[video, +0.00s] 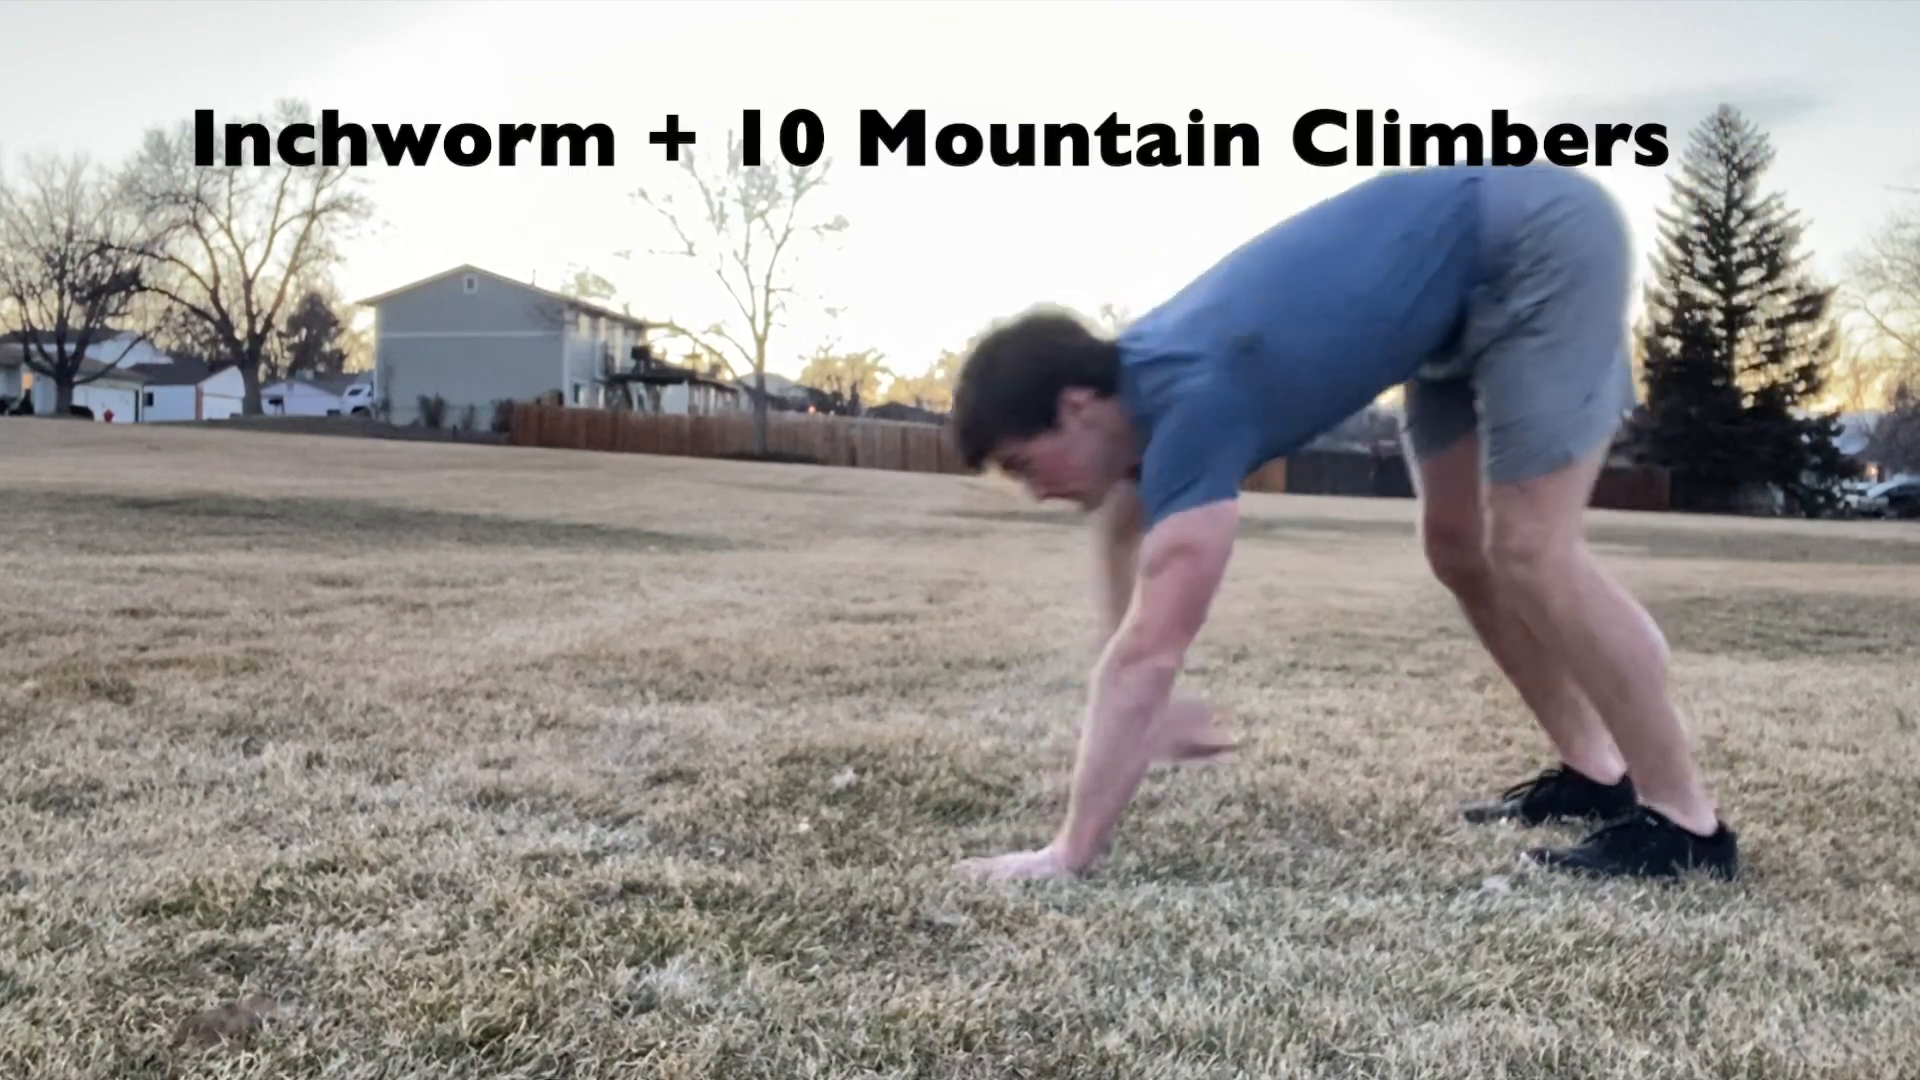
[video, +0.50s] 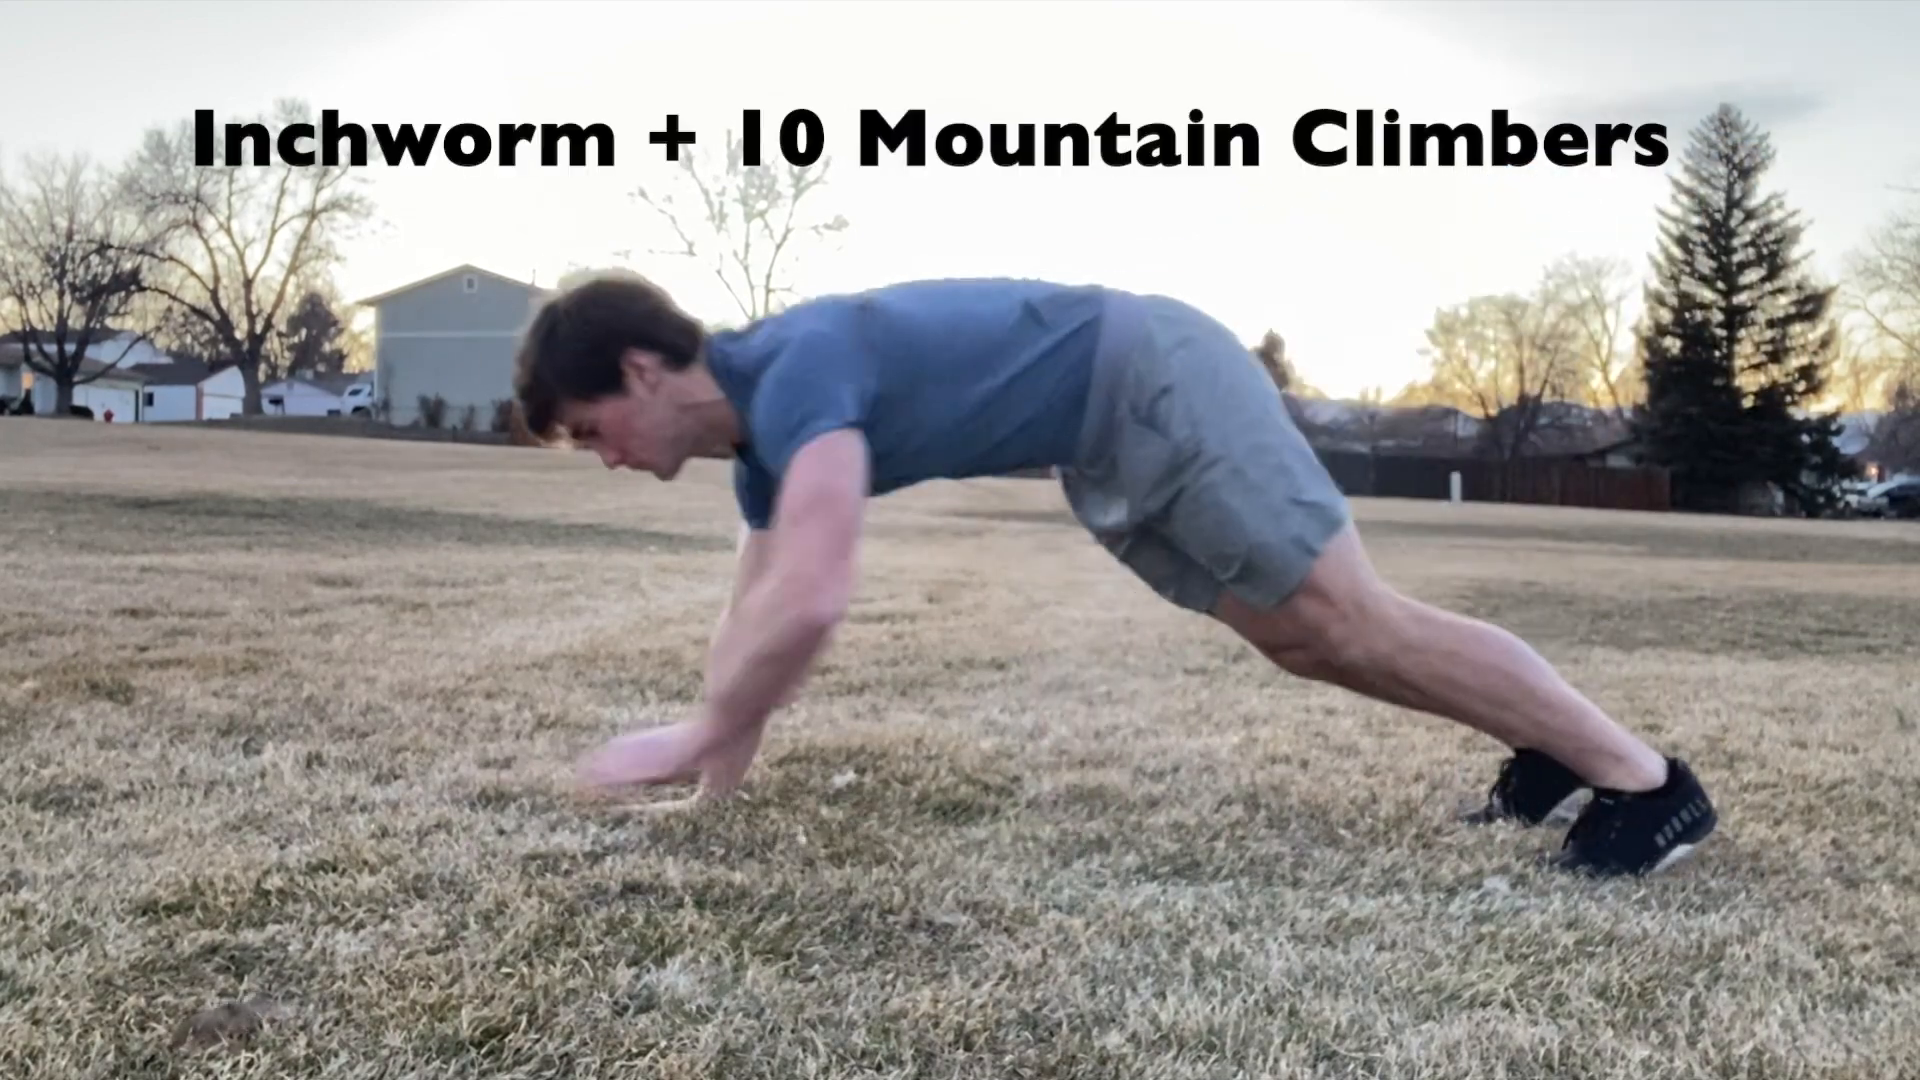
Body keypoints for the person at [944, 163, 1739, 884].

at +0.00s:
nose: (1036, 493)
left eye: (1028, 466)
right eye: (1019, 478)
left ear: (1078, 410)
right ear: (1078, 404)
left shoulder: (1201, 392)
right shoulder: (1135, 381)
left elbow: (1149, 653)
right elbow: (1119, 543)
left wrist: (1072, 849)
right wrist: (1145, 707)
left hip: (1541, 230)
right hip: (1448, 273)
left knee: (1531, 547)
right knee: (1464, 549)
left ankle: (1688, 823)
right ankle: (1598, 777)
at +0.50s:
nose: (609, 465)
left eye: (599, 436)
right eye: (590, 449)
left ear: (648, 374)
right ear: (646, 383)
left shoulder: (804, 372)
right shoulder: (755, 419)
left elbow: (814, 594)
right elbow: (771, 590)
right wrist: (720, 742)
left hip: (1151, 373)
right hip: (1102, 435)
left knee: (1351, 621)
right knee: (1302, 636)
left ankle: (1648, 780)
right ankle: (1554, 737)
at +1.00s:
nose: (524, 448)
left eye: (513, 419)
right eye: (506, 432)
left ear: (557, 359)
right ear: (567, 357)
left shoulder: (689, 376)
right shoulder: (701, 389)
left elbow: (663, 649)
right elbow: (698, 634)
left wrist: (595, 851)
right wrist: (631, 788)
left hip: (1079, 465)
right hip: (1053, 488)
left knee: (1333, 680)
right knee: (1235, 709)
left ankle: (1642, 779)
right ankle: (1508, 734)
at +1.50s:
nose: (506, 472)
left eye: (485, 448)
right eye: (482, 464)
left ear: (516, 376)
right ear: (523, 372)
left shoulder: (651, 372)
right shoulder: (651, 386)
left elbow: (630, 622)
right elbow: (679, 615)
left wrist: (594, 845)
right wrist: (653, 783)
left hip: (1003, 389)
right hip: (1006, 448)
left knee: (726, 458)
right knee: (1226, 642)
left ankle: (761, 819)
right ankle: (1521, 747)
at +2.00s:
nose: (473, 473)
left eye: (452, 450)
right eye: (451, 465)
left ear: (476, 379)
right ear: (488, 376)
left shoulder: (602, 377)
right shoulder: (618, 371)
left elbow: (634, 621)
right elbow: (643, 629)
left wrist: (602, 839)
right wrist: (623, 819)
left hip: (966, 449)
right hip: (911, 445)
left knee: (1216, 663)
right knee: (753, 492)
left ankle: (1515, 733)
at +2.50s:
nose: (459, 512)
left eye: (437, 491)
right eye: (434, 505)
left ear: (458, 415)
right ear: (461, 410)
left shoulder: (605, 371)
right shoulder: (581, 378)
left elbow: (622, 630)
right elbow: (633, 605)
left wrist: (593, 845)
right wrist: (637, 763)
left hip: (949, 289)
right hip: (922, 345)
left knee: (856, 459)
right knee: (1093, 580)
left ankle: (1058, 735)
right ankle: (1378, 588)